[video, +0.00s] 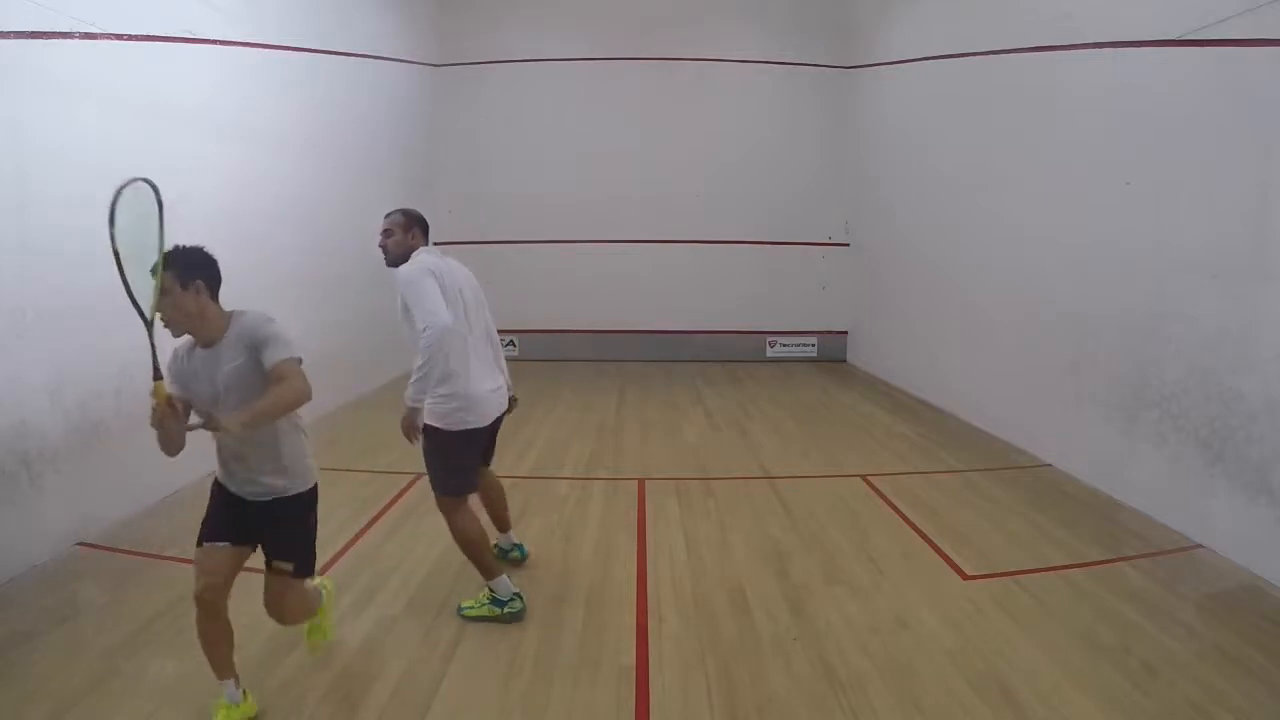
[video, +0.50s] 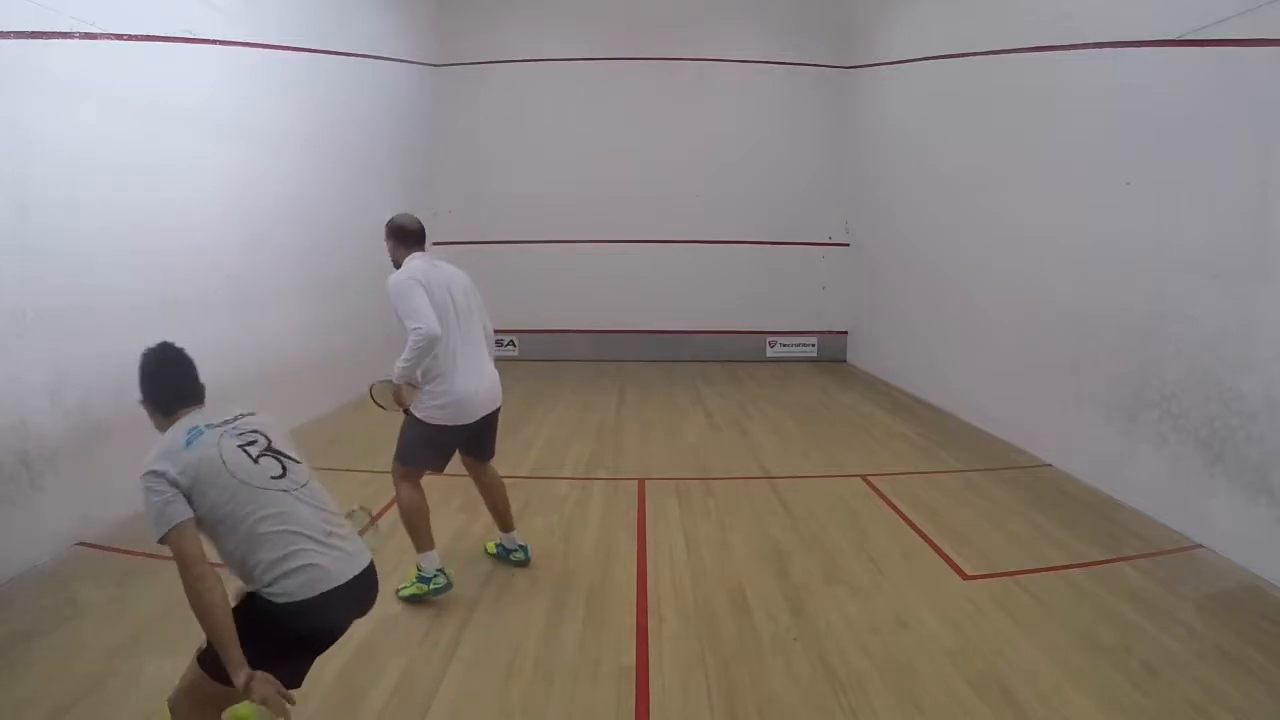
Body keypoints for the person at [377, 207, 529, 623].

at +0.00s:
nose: (380, 242)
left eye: (388, 234)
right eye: (381, 235)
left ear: (416, 236)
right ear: (419, 239)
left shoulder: (412, 271)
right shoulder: (457, 269)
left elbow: (437, 327)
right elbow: (489, 333)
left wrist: (413, 404)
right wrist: (504, 387)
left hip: (453, 408)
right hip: (491, 399)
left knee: (454, 504)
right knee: (479, 470)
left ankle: (503, 595)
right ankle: (509, 543)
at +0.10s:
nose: (390, 244)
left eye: (397, 236)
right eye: (389, 238)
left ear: (425, 238)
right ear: (426, 241)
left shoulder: (424, 274)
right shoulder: (463, 271)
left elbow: (449, 327)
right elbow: (494, 338)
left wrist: (412, 392)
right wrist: (478, 382)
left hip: (461, 405)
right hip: (499, 397)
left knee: (438, 493)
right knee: (485, 464)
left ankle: (495, 584)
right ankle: (513, 544)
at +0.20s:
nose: (394, 243)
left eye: (401, 235)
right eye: (393, 237)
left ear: (428, 236)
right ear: (429, 240)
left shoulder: (428, 271)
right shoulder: (465, 268)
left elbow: (451, 320)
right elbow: (494, 330)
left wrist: (412, 381)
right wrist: (464, 377)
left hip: (461, 397)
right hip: (499, 392)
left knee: (426, 481)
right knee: (485, 462)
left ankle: (485, 564)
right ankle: (513, 544)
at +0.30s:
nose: (393, 239)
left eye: (400, 231)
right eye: (392, 233)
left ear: (427, 232)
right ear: (430, 236)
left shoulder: (425, 267)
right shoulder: (465, 265)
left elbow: (448, 314)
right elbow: (495, 328)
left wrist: (412, 370)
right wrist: (460, 373)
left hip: (458, 392)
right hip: (498, 387)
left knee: (417, 473)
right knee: (487, 458)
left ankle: (465, 563)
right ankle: (513, 542)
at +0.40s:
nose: (387, 245)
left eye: (393, 236)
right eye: (387, 237)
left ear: (417, 236)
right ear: (424, 238)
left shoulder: (416, 270)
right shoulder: (463, 267)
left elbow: (438, 318)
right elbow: (494, 329)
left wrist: (407, 373)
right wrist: (473, 370)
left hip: (453, 394)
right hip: (494, 389)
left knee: (411, 473)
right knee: (486, 460)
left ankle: (441, 569)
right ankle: (513, 543)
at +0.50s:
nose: (385, 250)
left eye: (385, 244)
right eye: (387, 243)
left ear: (392, 245)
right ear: (424, 241)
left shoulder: (403, 279)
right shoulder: (457, 274)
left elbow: (425, 331)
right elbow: (488, 334)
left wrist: (401, 378)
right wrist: (476, 376)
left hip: (442, 401)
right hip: (486, 393)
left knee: (405, 476)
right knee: (479, 461)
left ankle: (430, 572)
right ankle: (512, 543)